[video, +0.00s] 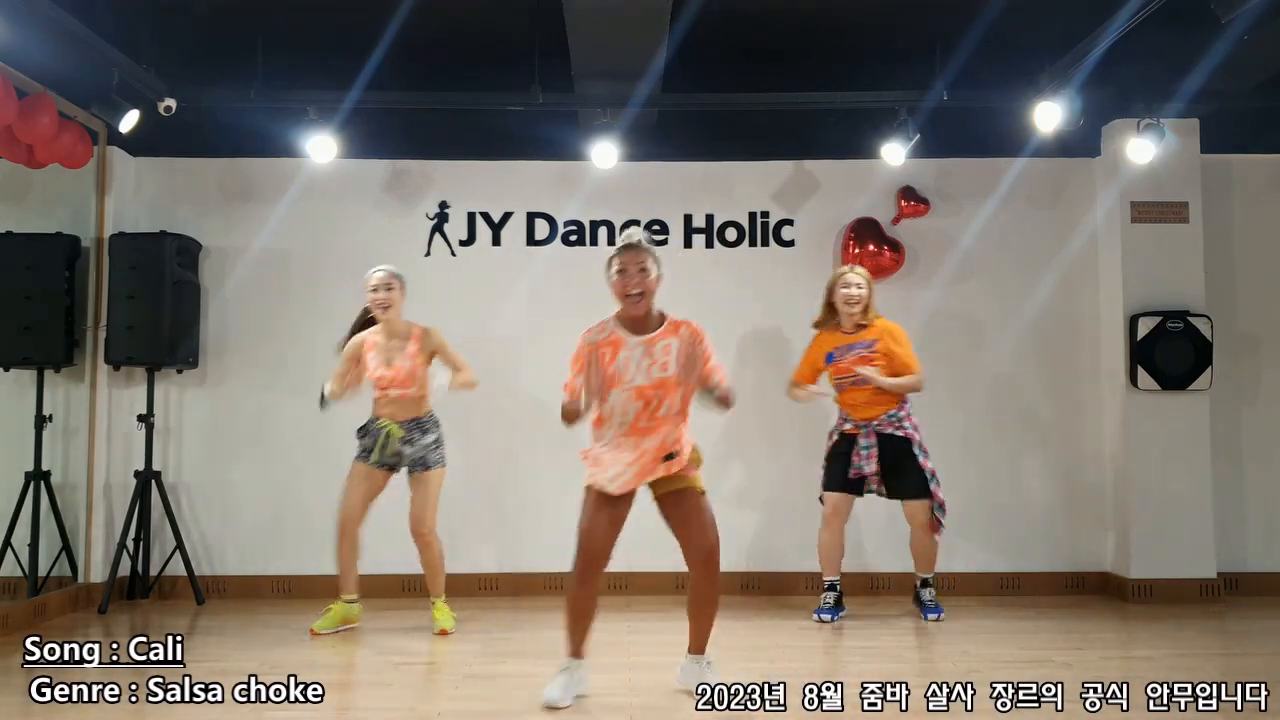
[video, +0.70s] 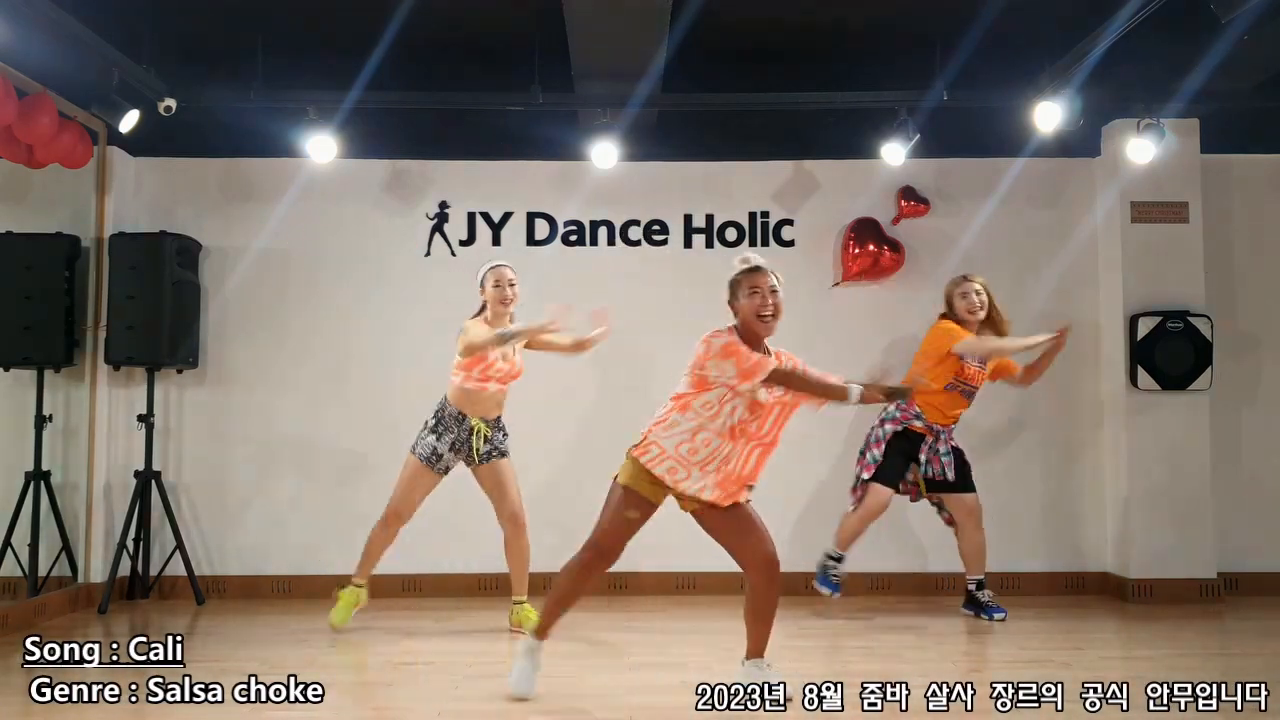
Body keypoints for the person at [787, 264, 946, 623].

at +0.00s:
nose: (853, 291)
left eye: (859, 286)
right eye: (846, 286)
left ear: (869, 294)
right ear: (833, 294)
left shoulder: (887, 332)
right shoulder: (824, 341)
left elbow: (916, 381)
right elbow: (795, 389)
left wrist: (881, 381)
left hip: (894, 431)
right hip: (850, 433)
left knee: (921, 513)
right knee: (833, 510)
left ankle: (925, 589)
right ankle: (831, 592)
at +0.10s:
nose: (870, 289)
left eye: (877, 283)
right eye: (863, 283)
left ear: (888, 291)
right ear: (851, 291)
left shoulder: (909, 330)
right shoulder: (840, 339)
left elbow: (947, 369)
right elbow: (815, 391)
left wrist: (920, 369)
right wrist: (851, 381)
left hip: (909, 430)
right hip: (864, 432)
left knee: (923, 512)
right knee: (849, 508)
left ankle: (926, 592)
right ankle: (839, 592)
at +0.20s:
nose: (887, 285)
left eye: (894, 279)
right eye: (880, 279)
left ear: (904, 287)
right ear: (867, 289)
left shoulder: (921, 327)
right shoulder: (855, 332)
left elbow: (970, 360)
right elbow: (837, 375)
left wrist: (962, 347)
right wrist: (881, 355)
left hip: (917, 429)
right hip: (873, 430)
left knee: (931, 511)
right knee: (875, 505)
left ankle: (927, 591)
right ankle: (871, 588)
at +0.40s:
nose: (924, 286)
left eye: (930, 281)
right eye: (915, 281)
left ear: (939, 291)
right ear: (901, 292)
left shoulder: (945, 336)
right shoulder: (890, 325)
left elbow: (991, 366)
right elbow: (880, 351)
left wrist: (996, 353)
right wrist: (930, 335)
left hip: (928, 434)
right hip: (890, 432)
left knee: (966, 503)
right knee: (887, 515)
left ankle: (960, 586)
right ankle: (879, 595)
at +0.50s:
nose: (948, 290)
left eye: (953, 284)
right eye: (938, 286)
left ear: (963, 294)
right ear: (925, 298)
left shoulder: (966, 343)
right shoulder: (913, 330)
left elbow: (987, 388)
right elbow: (898, 365)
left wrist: (999, 379)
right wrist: (943, 363)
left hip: (935, 435)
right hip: (897, 430)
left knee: (966, 511)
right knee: (886, 513)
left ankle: (978, 591)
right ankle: (878, 594)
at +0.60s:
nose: (965, 295)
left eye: (970, 289)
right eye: (955, 292)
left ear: (980, 299)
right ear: (943, 302)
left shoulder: (981, 350)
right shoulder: (935, 330)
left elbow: (998, 392)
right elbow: (929, 367)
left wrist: (1021, 383)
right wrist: (981, 367)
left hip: (939, 437)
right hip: (901, 427)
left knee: (968, 513)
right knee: (882, 504)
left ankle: (976, 593)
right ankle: (861, 581)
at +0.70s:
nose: (974, 299)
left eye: (979, 293)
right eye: (964, 296)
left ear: (988, 302)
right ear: (951, 306)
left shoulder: (989, 351)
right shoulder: (943, 331)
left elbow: (1024, 377)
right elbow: (982, 347)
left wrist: (1052, 352)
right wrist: (1041, 339)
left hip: (940, 439)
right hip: (905, 429)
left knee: (969, 510)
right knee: (878, 500)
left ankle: (975, 593)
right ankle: (832, 560)